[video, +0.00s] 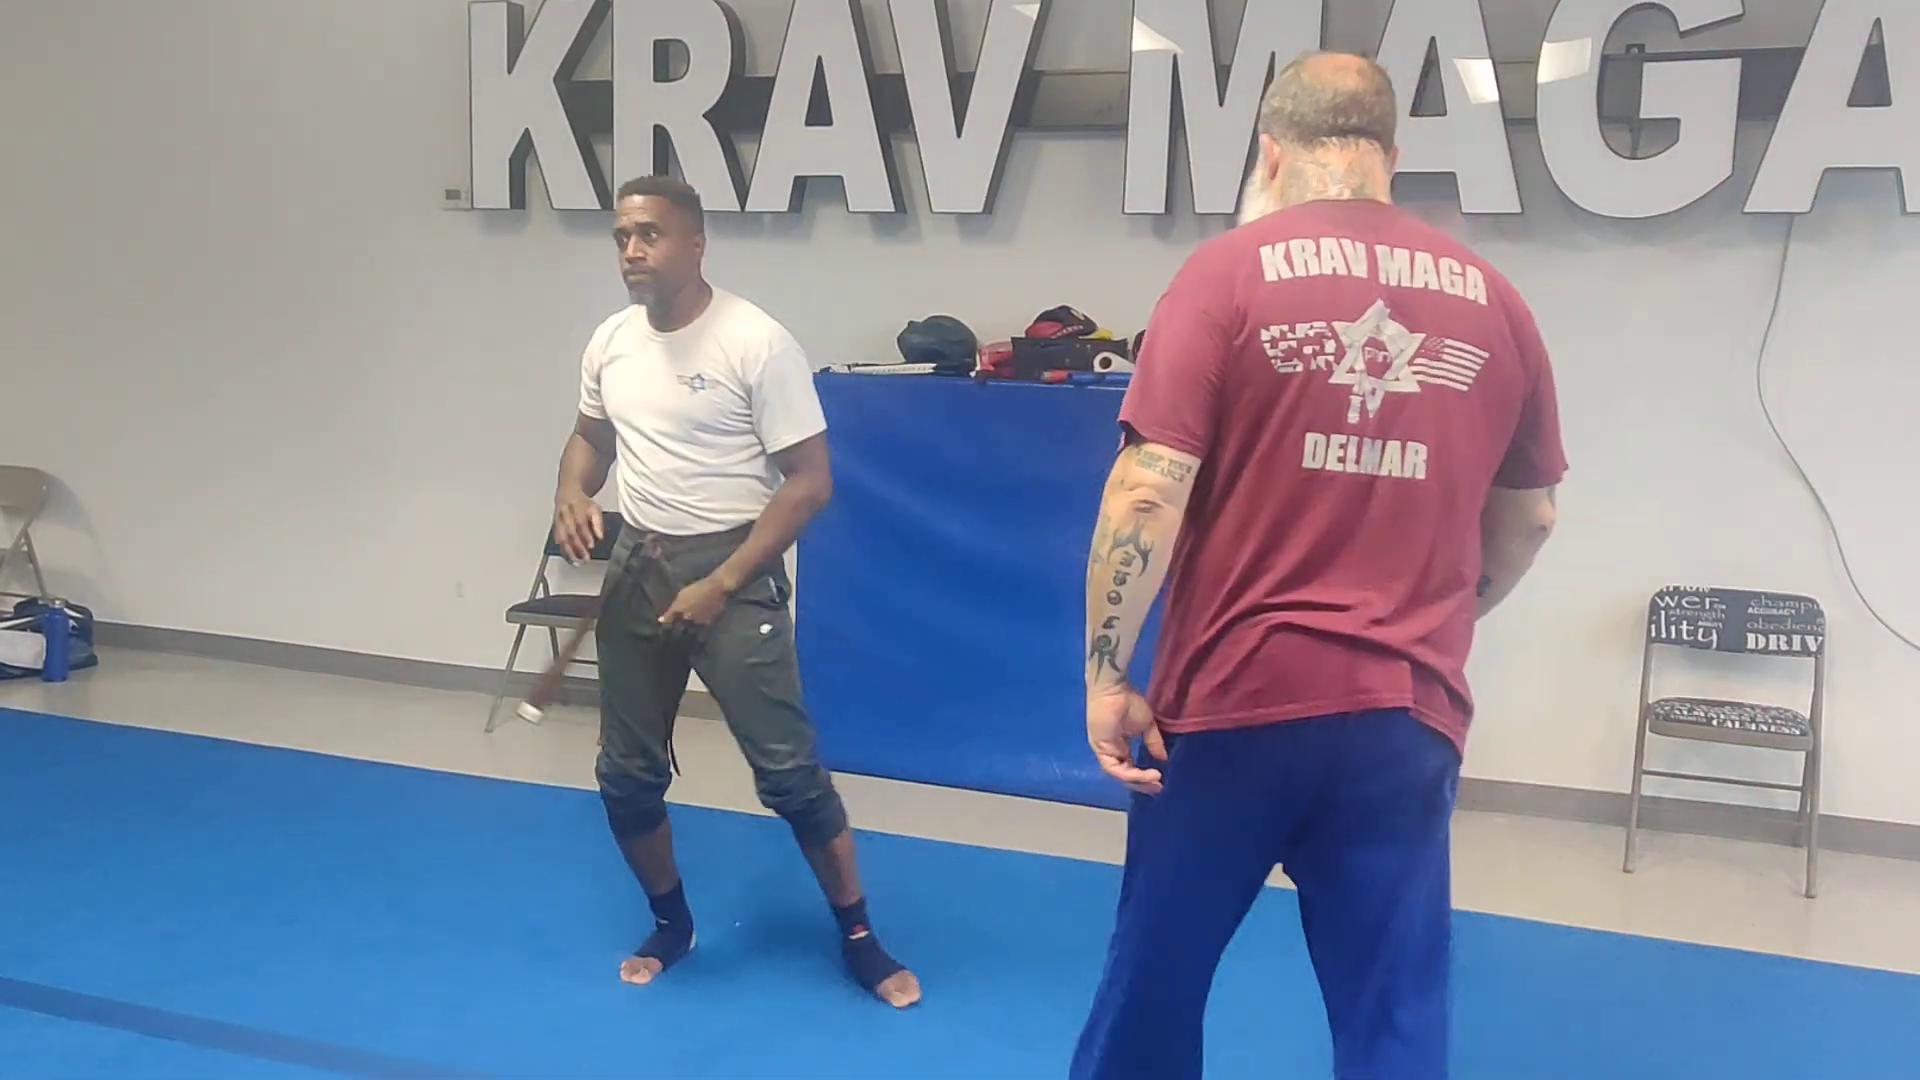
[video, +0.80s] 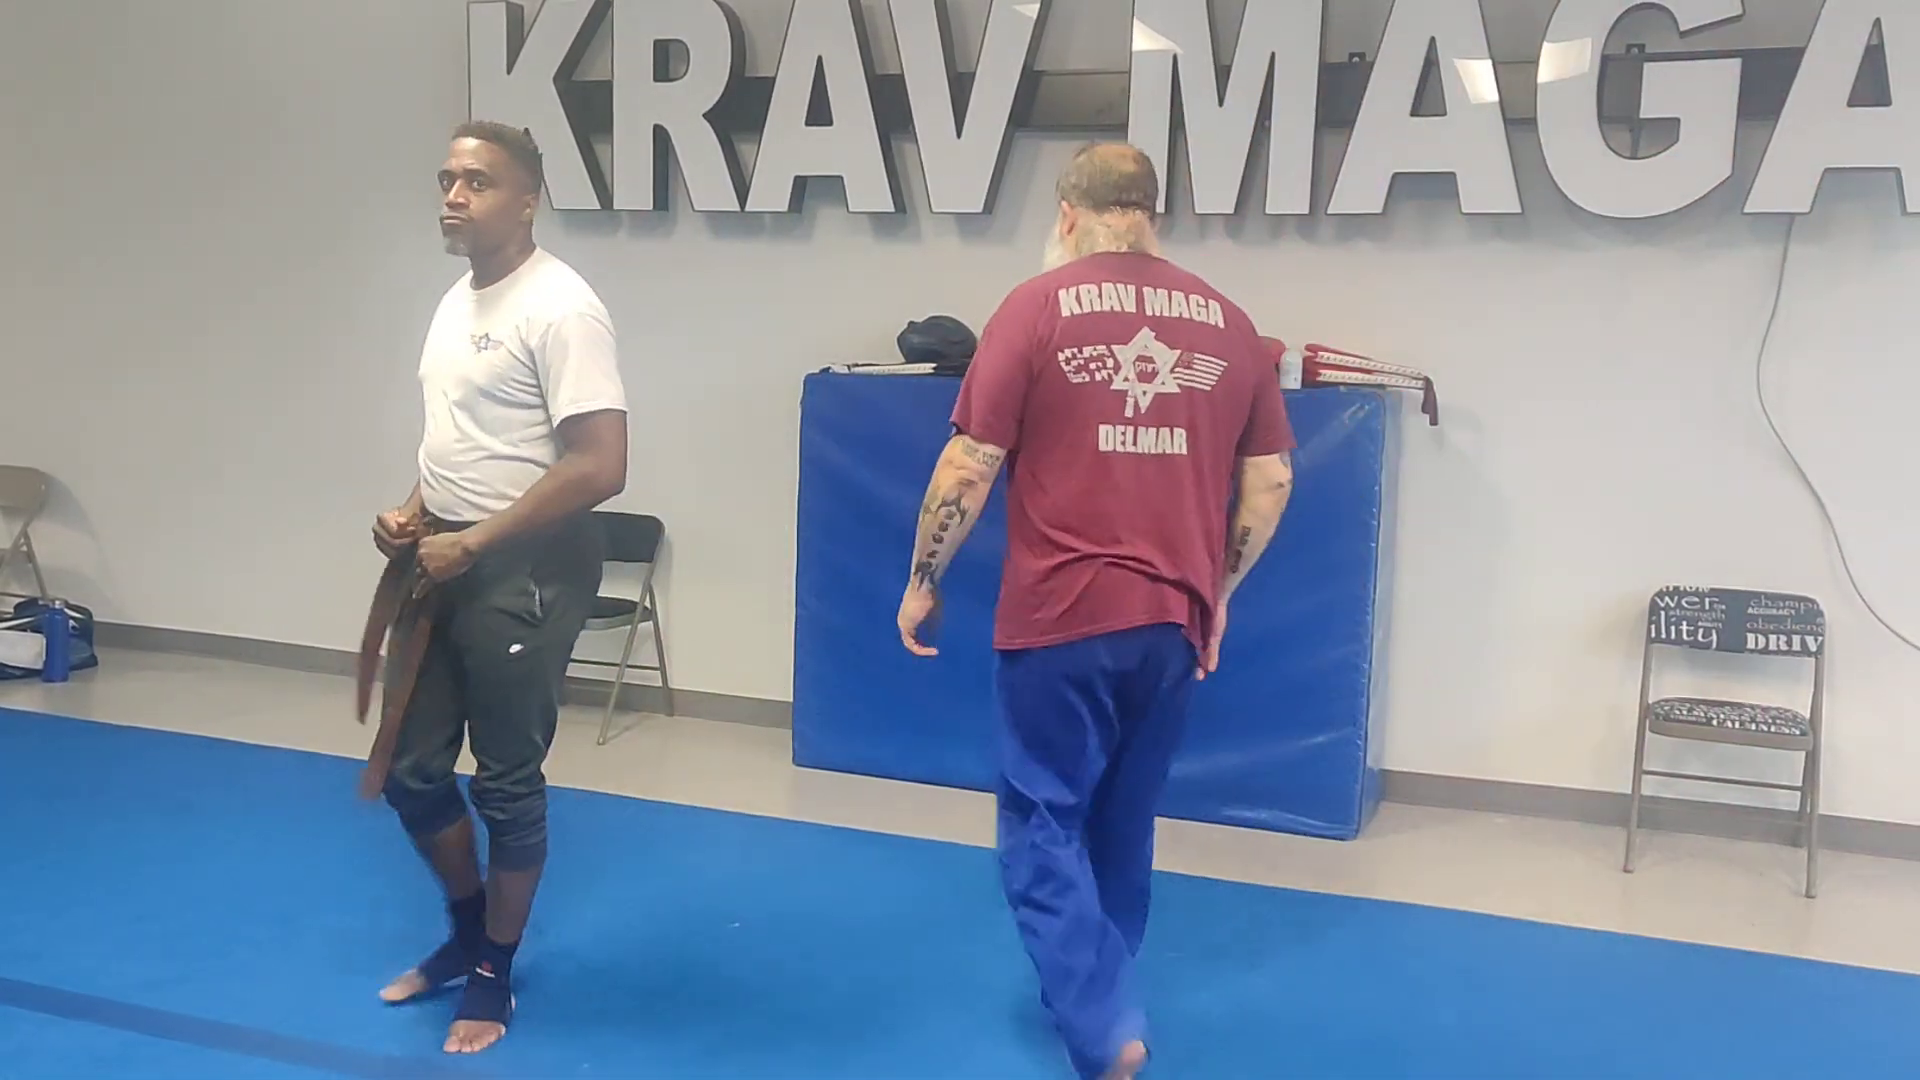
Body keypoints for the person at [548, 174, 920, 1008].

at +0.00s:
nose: (630, 251)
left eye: (648, 235)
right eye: (621, 237)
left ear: (695, 243)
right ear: (616, 250)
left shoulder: (758, 343)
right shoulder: (613, 340)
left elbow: (811, 481)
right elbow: (589, 438)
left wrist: (724, 580)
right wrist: (571, 490)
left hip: (736, 574)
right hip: (637, 570)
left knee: (793, 779)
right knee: (626, 778)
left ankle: (859, 937)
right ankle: (671, 922)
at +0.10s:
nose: (600, 235)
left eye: (620, 219)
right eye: (593, 221)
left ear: (670, 231)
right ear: (590, 236)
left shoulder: (730, 329)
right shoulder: (592, 330)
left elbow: (782, 468)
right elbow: (583, 432)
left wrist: (690, 569)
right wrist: (559, 495)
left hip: (712, 568)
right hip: (616, 561)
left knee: (729, 771)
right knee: (624, 766)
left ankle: (767, 937)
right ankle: (670, 923)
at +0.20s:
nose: (572, 227)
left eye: (591, 212)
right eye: (565, 213)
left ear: (644, 225)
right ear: (564, 230)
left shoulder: (704, 323)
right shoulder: (572, 329)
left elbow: (755, 464)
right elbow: (570, 433)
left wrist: (657, 568)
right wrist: (555, 504)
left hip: (685, 564)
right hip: (601, 558)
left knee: (656, 764)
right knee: (615, 759)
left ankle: (666, 928)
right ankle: (665, 912)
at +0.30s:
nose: (543, 226)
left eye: (564, 211)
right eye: (537, 213)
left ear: (619, 224)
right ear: (536, 229)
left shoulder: (679, 322)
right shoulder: (551, 333)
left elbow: (729, 466)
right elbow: (555, 444)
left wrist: (627, 567)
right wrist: (543, 516)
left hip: (665, 565)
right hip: (583, 562)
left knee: (596, 764)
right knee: (619, 755)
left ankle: (551, 958)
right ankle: (674, 926)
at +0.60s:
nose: (484, 206)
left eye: (505, 193)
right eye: (484, 192)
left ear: (560, 212)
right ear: (495, 211)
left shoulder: (602, 322)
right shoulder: (502, 313)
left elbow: (634, 480)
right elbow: (506, 448)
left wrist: (529, 589)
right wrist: (453, 512)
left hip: (569, 565)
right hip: (500, 558)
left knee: (507, 775)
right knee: (535, 752)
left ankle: (488, 978)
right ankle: (643, 889)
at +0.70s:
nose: (466, 200)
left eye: (487, 187)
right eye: (462, 186)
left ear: (540, 206)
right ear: (465, 204)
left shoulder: (575, 314)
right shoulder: (482, 300)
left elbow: (609, 475)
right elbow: (477, 437)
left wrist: (486, 550)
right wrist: (428, 506)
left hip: (541, 570)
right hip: (472, 560)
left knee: (506, 782)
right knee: (446, 765)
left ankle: (491, 976)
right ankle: (567, 885)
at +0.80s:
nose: (453, 196)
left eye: (475, 182)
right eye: (447, 181)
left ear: (528, 199)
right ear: (445, 199)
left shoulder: (565, 309)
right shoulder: (457, 302)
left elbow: (600, 467)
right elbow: (456, 445)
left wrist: (471, 543)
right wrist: (412, 508)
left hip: (527, 569)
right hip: (447, 559)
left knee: (508, 784)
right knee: (411, 771)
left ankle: (494, 975)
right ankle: (470, 933)